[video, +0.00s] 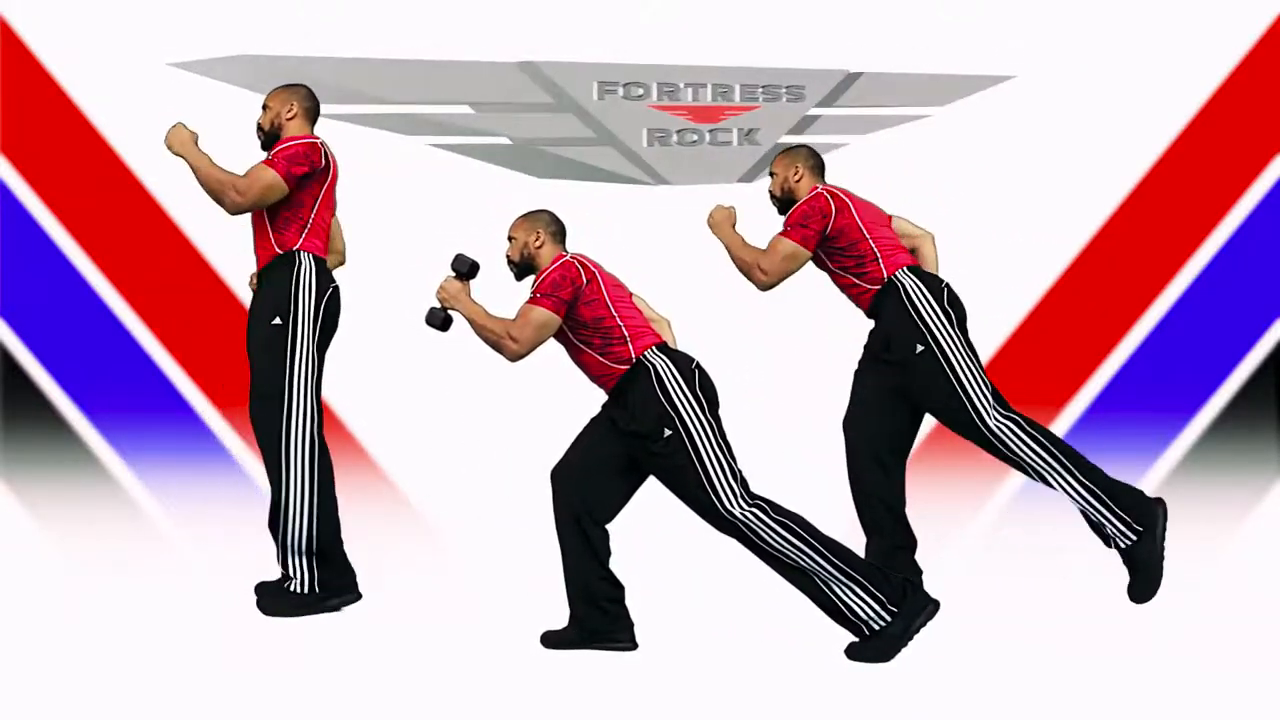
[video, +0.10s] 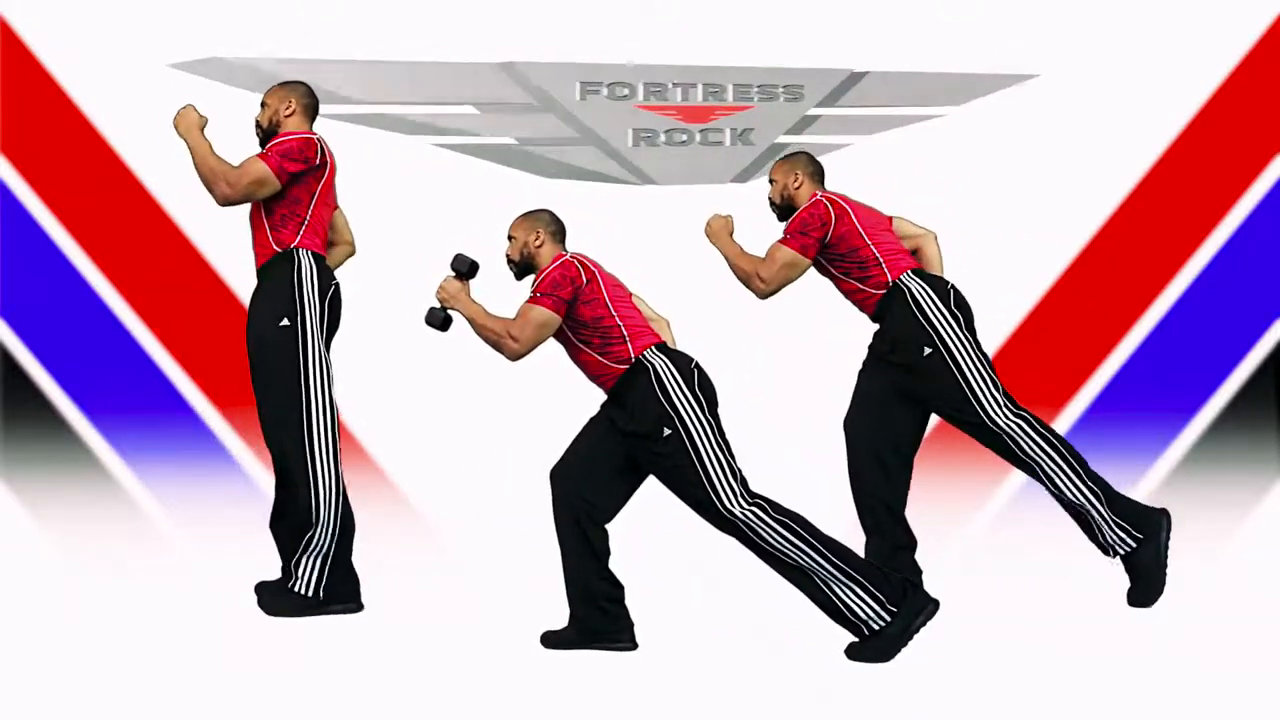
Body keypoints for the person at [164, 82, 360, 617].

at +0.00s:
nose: (259, 118)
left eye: (265, 108)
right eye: (261, 111)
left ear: (291, 108)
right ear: (300, 114)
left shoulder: (303, 148)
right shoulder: (308, 160)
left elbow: (238, 196)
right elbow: (333, 250)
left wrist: (191, 151)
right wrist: (271, 276)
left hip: (294, 286)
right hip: (297, 288)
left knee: (286, 423)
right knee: (288, 425)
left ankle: (308, 579)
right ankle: (325, 571)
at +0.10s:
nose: (257, 115)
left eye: (264, 105)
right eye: (259, 107)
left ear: (287, 107)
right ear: (297, 111)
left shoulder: (301, 146)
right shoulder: (301, 161)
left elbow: (228, 188)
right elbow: (341, 243)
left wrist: (194, 136)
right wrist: (289, 281)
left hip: (294, 286)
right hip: (288, 289)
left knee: (306, 430)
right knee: (289, 433)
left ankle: (322, 581)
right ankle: (306, 573)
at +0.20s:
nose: (257, 112)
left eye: (263, 102)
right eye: (259, 104)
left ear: (287, 104)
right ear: (293, 108)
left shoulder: (302, 145)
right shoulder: (297, 160)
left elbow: (225, 183)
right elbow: (344, 239)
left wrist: (192, 129)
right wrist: (294, 281)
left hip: (296, 286)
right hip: (285, 290)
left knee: (313, 429)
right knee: (289, 434)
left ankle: (326, 581)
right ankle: (306, 573)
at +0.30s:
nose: (257, 110)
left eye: (263, 100)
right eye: (259, 103)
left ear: (287, 102)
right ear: (296, 106)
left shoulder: (302, 144)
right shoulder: (300, 157)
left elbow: (225, 183)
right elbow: (344, 238)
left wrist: (193, 129)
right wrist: (296, 281)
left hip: (297, 285)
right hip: (286, 288)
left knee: (312, 429)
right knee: (289, 433)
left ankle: (325, 581)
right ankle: (305, 574)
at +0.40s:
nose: (257, 109)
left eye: (264, 99)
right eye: (259, 102)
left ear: (288, 101)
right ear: (296, 105)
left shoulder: (302, 142)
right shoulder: (300, 156)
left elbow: (227, 184)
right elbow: (344, 237)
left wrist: (193, 129)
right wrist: (297, 284)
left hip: (297, 284)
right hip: (287, 288)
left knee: (311, 429)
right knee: (290, 433)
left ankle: (325, 581)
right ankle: (305, 573)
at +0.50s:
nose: (257, 108)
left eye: (264, 99)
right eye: (260, 101)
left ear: (288, 101)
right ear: (297, 105)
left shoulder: (302, 142)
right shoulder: (301, 156)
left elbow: (226, 184)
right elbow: (345, 237)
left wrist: (193, 130)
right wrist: (298, 284)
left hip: (297, 284)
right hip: (288, 288)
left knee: (310, 430)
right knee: (290, 433)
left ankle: (326, 581)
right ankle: (305, 573)